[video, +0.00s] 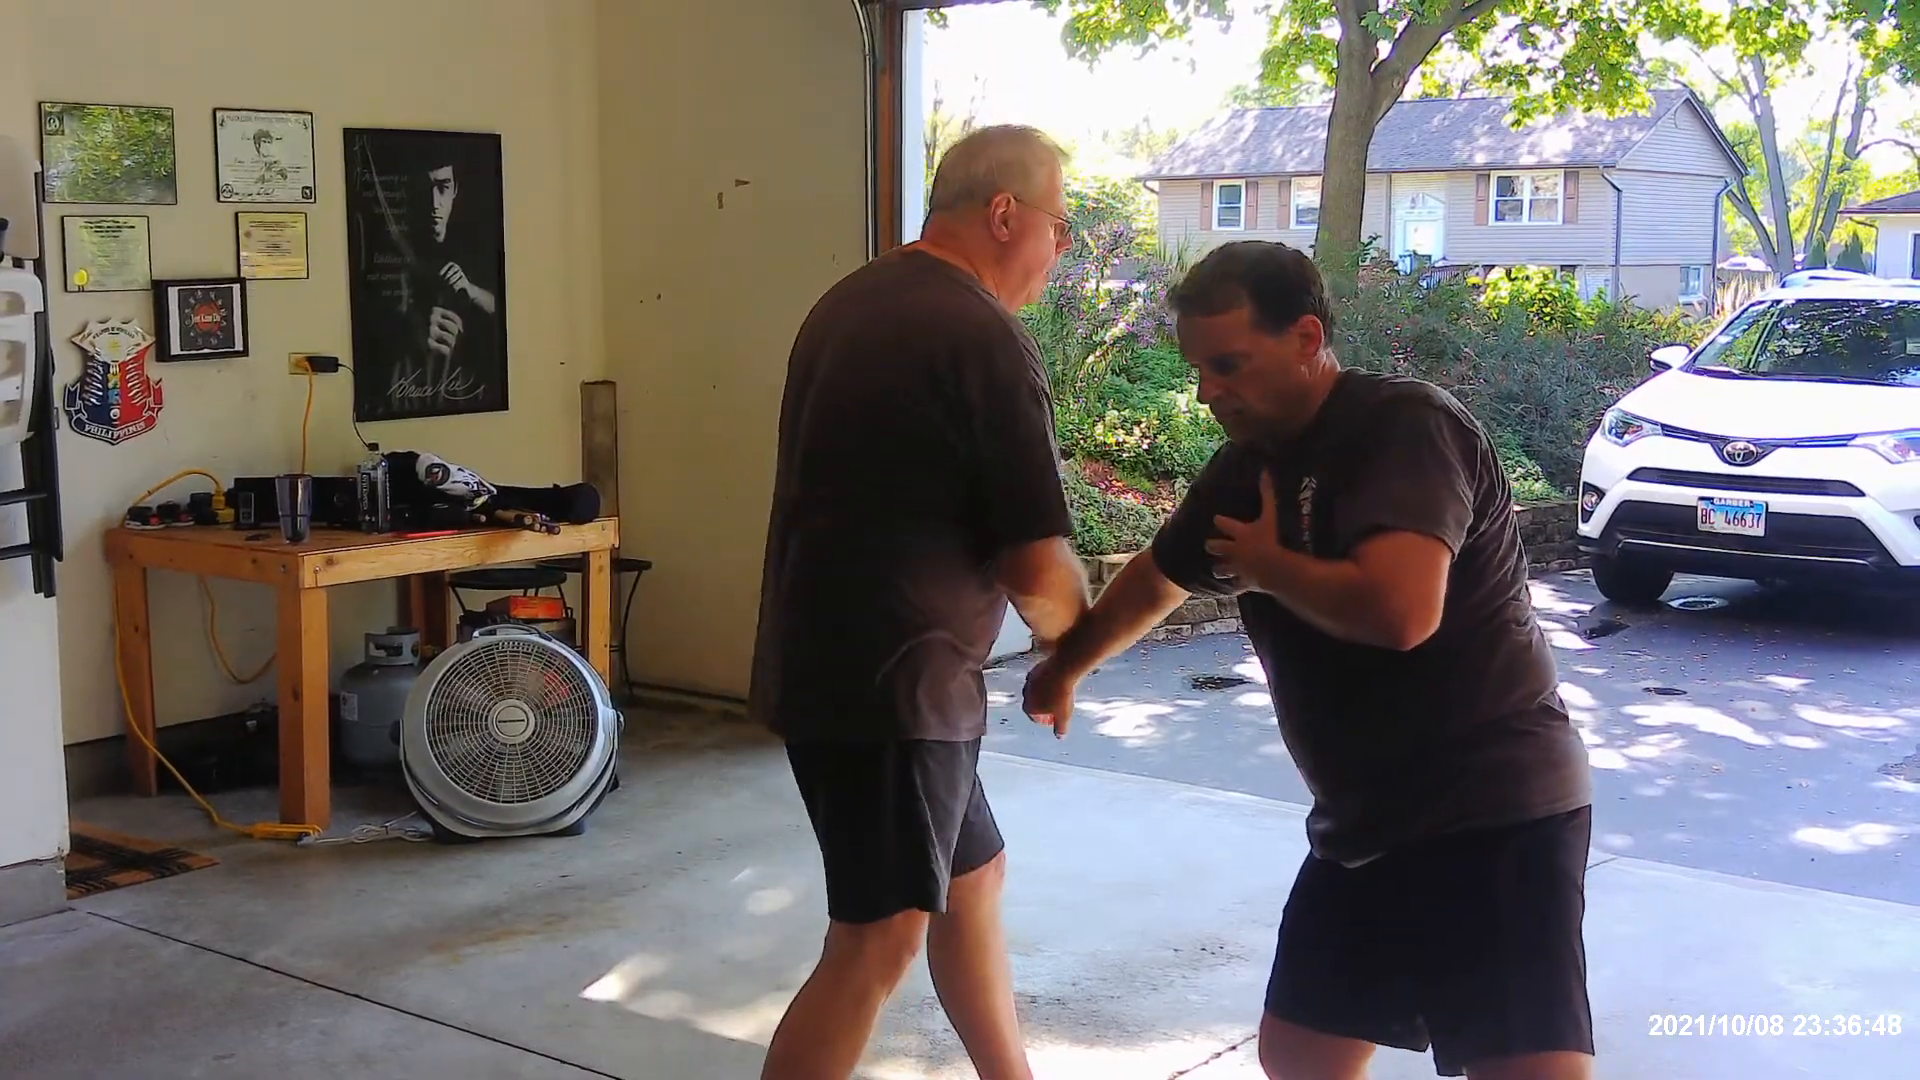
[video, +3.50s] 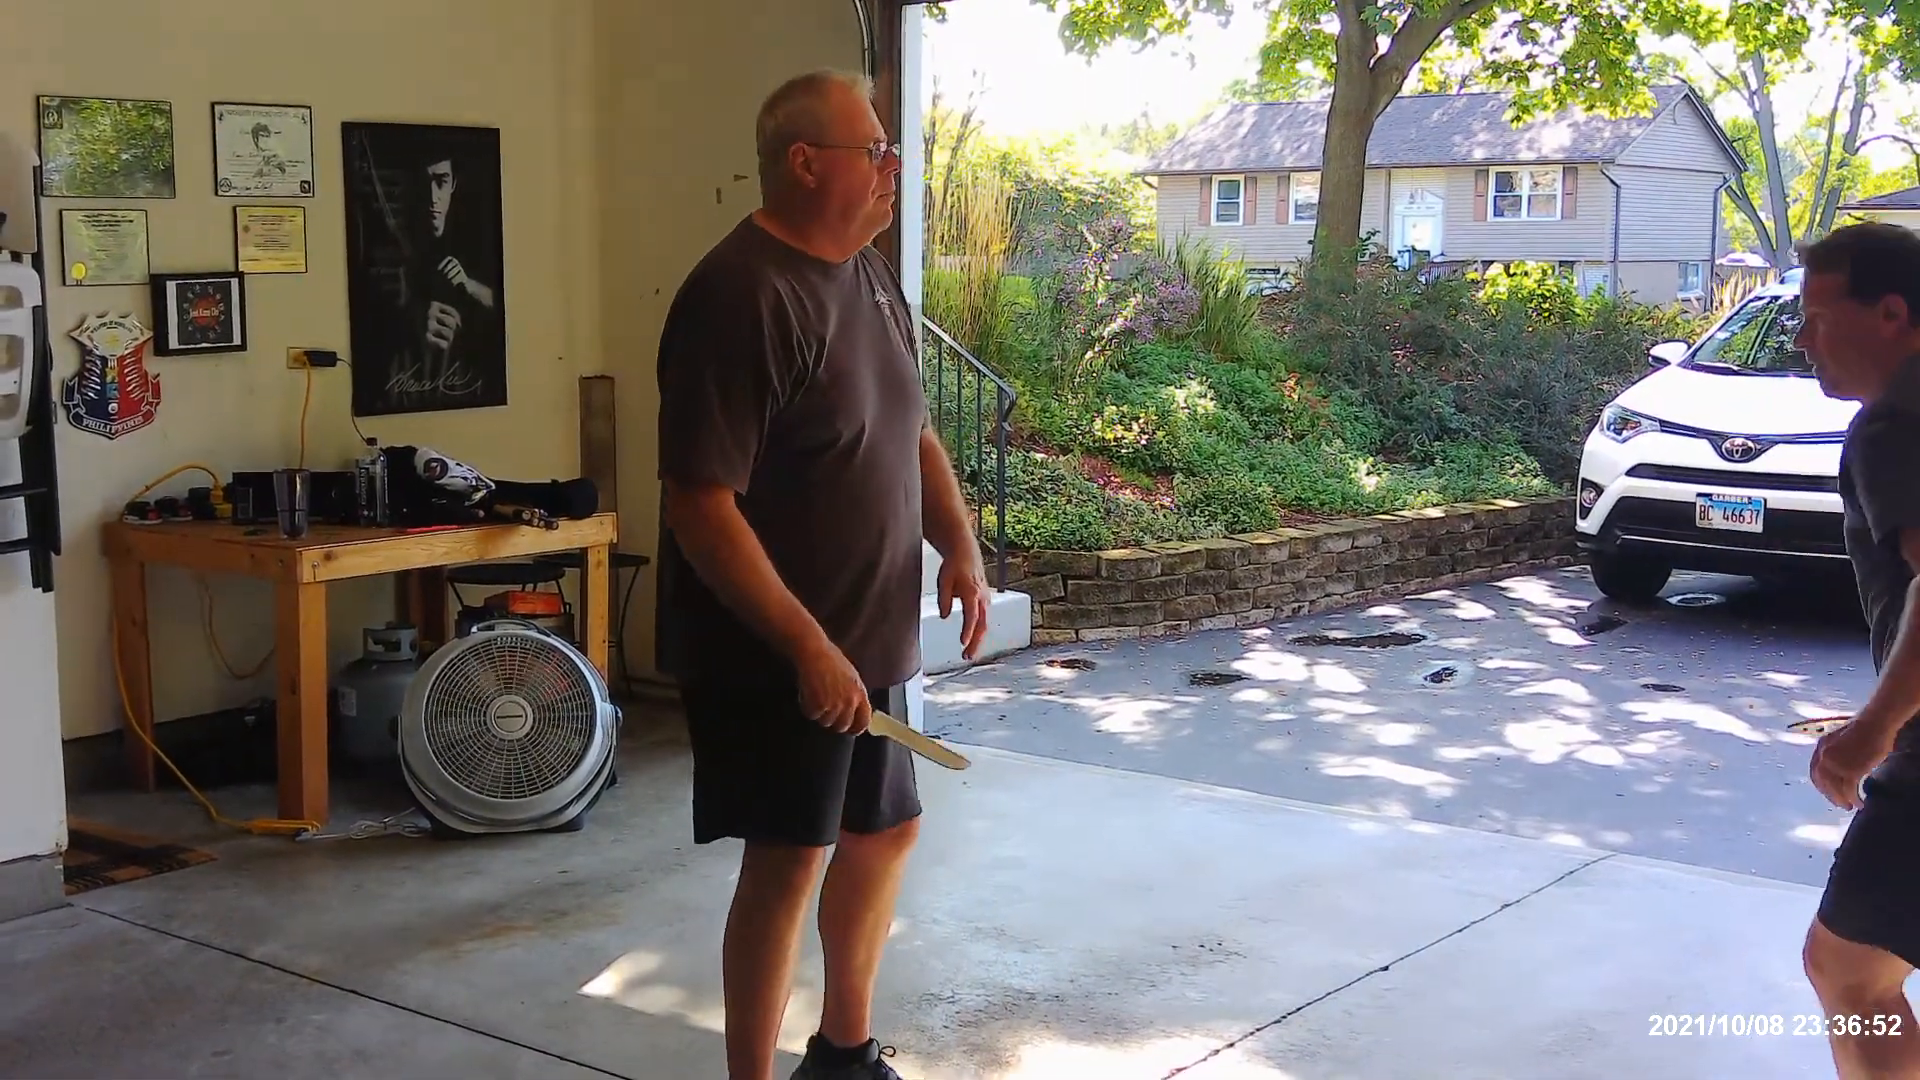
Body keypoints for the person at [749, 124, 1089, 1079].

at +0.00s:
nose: (1059, 257)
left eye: (1064, 235)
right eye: (1058, 230)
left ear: (959, 209)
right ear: (1005, 213)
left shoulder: (850, 301)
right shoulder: (979, 334)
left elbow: (845, 498)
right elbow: (1039, 570)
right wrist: (1070, 637)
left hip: (813, 654)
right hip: (897, 677)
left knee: (969, 869)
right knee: (879, 936)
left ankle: (1010, 1072)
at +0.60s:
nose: (1142, 270)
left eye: (1148, 249)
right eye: (1142, 245)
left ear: (1068, 222)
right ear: (1091, 225)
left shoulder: (955, 290)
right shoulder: (1047, 335)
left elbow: (951, 505)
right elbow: (1061, 573)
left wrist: (1089, 558)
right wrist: (1086, 734)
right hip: (920, 656)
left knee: (1006, 847)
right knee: (897, 913)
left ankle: (1020, 1071)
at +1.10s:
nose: (1034, 210)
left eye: (1040, 193)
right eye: (1017, 190)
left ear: (1026, 200)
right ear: (948, 188)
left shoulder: (988, 313)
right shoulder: (904, 310)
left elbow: (1024, 497)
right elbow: (950, 513)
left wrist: (1056, 638)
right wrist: (1066, 641)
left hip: (958, 652)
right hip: (862, 658)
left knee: (997, 843)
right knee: (860, 867)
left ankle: (1020, 1073)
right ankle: (782, 1066)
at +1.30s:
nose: (933, 193)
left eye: (943, 175)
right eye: (908, 175)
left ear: (950, 185)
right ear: (850, 185)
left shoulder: (937, 300)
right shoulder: (812, 313)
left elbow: (988, 467)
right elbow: (827, 518)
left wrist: (1049, 614)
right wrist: (916, 675)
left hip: (926, 642)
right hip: (821, 651)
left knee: (961, 839)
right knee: (824, 852)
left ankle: (1000, 1068)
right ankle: (781, 1064)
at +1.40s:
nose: (896, 183)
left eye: (906, 165)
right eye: (871, 166)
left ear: (918, 177)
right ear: (818, 181)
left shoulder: (919, 295)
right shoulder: (778, 313)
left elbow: (966, 458)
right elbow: (759, 517)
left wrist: (1023, 605)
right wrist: (801, 689)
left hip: (914, 648)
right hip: (812, 662)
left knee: (951, 838)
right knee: (813, 851)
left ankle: (990, 1069)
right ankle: (781, 1064)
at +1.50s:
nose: (875, 182)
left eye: (885, 162)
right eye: (848, 166)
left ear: (899, 174)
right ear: (797, 183)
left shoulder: (903, 291)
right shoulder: (754, 311)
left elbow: (950, 456)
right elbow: (707, 509)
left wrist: (982, 604)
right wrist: (697, 692)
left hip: (916, 640)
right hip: (803, 657)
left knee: (948, 830)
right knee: (811, 845)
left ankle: (960, 1065)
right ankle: (782, 1062)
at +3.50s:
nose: (894, 167)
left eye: (889, 148)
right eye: (876, 150)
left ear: (819, 166)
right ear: (809, 166)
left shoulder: (866, 274)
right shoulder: (733, 295)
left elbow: (909, 429)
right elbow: (698, 505)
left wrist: (959, 544)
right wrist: (810, 646)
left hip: (872, 631)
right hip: (773, 647)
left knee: (883, 826)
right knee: (787, 854)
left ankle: (845, 1050)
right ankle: (750, 1072)